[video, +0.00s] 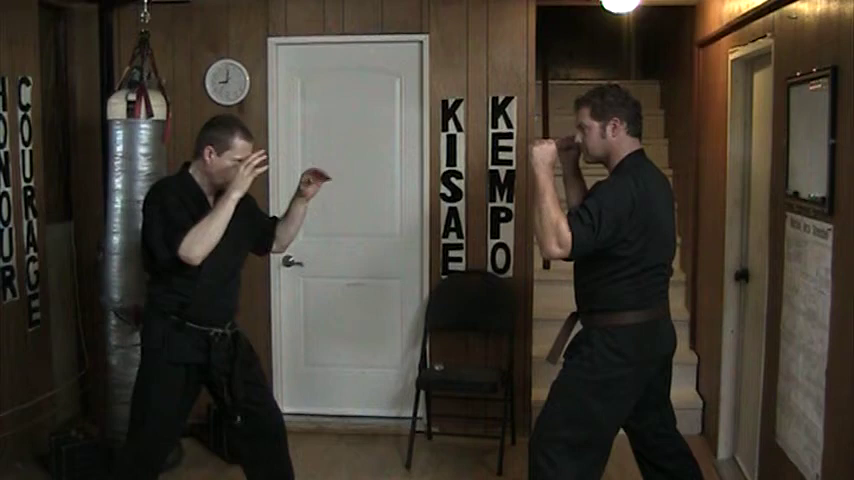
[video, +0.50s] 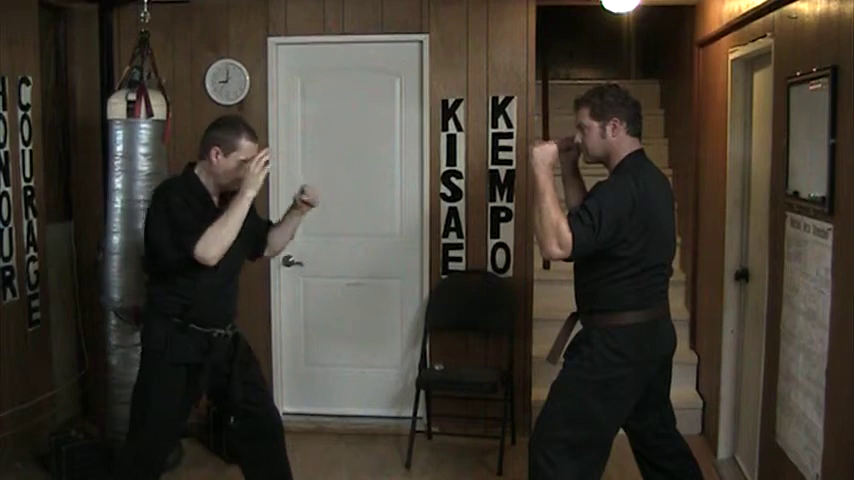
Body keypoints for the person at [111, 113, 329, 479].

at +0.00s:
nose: (244, 172)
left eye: (247, 163)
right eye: (238, 162)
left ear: (215, 156)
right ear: (209, 156)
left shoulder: (236, 200)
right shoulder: (166, 195)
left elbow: (273, 242)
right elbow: (191, 251)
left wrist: (301, 200)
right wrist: (234, 193)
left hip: (224, 341)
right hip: (173, 341)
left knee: (266, 434)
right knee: (148, 446)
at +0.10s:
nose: (243, 171)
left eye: (246, 163)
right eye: (236, 162)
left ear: (213, 156)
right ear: (208, 156)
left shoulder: (236, 202)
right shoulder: (164, 195)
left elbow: (273, 242)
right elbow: (191, 251)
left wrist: (301, 199)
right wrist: (233, 193)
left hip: (224, 341)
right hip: (173, 341)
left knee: (266, 434)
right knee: (148, 446)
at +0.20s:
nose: (243, 171)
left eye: (245, 163)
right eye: (236, 162)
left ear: (212, 156)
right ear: (207, 156)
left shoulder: (234, 201)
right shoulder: (163, 195)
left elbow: (271, 241)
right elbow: (190, 252)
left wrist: (298, 199)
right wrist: (232, 193)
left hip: (223, 341)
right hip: (173, 340)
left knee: (266, 432)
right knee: (148, 445)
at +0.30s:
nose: (241, 172)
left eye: (244, 163)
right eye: (235, 162)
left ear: (211, 157)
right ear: (206, 156)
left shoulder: (232, 201)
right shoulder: (163, 196)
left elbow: (272, 241)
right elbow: (190, 253)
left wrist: (297, 200)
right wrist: (232, 194)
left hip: (224, 341)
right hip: (172, 341)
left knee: (265, 433)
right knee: (148, 447)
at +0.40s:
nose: (242, 171)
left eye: (245, 163)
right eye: (237, 162)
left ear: (212, 156)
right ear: (208, 156)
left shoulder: (229, 200)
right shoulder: (165, 195)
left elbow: (267, 242)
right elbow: (195, 252)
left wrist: (295, 203)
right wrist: (236, 193)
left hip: (223, 340)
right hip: (173, 341)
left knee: (264, 433)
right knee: (148, 447)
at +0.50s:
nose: (248, 172)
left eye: (251, 164)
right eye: (243, 162)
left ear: (217, 157)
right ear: (215, 156)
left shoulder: (228, 201)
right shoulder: (172, 195)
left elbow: (266, 246)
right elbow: (207, 252)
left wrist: (296, 212)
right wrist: (247, 192)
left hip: (223, 341)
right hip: (175, 341)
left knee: (264, 433)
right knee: (150, 446)